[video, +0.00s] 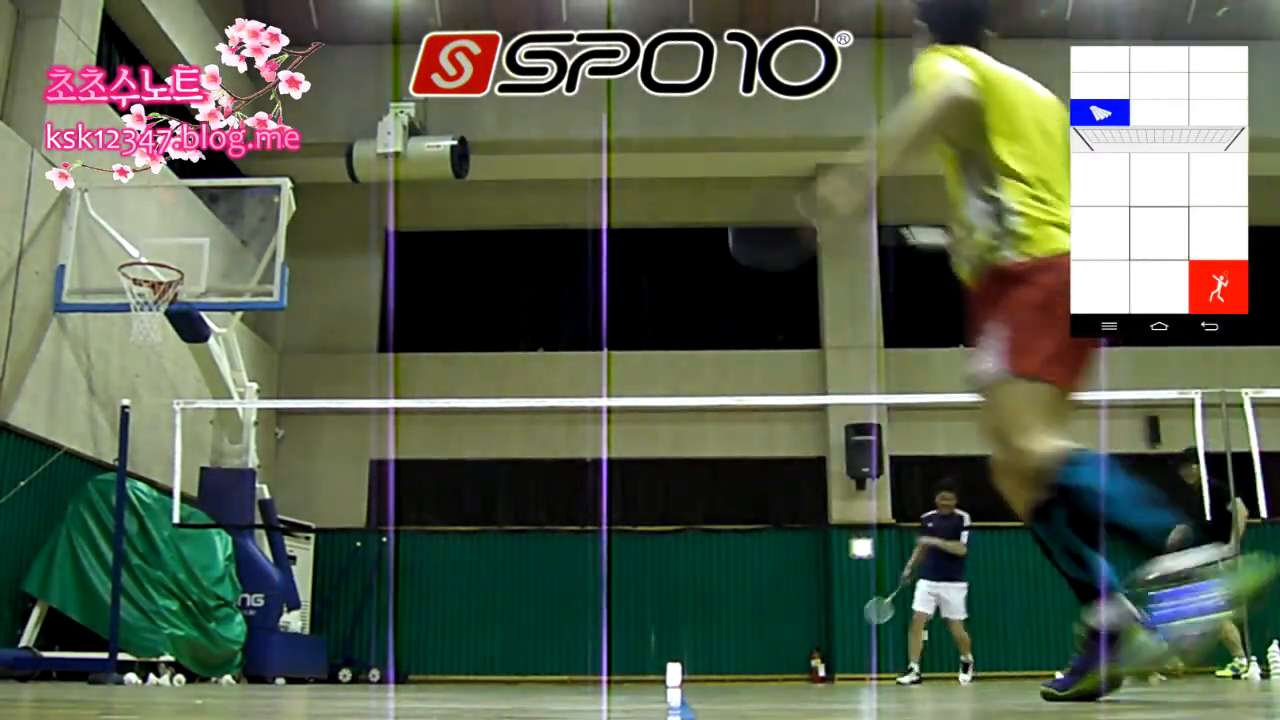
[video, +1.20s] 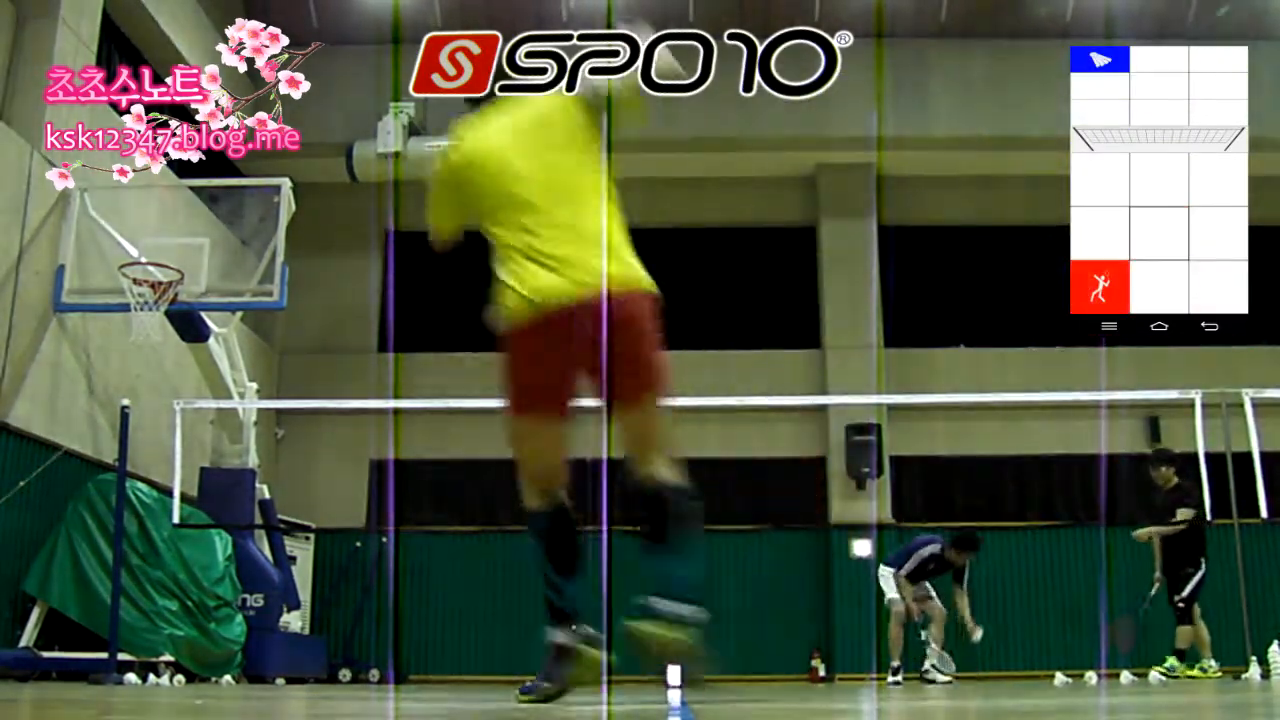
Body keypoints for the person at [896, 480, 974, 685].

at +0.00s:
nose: (945, 504)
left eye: (949, 500)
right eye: (941, 500)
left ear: (955, 501)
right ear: (935, 500)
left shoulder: (963, 519)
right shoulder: (927, 519)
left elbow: (961, 548)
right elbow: (922, 545)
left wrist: (933, 542)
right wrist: (909, 567)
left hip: (953, 583)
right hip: (928, 580)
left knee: (955, 627)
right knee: (917, 620)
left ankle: (967, 660)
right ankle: (913, 667)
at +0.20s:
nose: (932, 495)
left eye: (936, 492)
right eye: (930, 491)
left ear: (943, 491)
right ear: (926, 490)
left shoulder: (951, 514)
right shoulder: (913, 512)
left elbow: (959, 548)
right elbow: (900, 541)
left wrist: (949, 567)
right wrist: (893, 563)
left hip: (941, 578)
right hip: (915, 577)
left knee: (941, 620)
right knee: (911, 622)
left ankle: (937, 657)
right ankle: (914, 666)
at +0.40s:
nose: (944, 516)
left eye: (947, 512)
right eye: (940, 511)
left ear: (952, 511)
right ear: (931, 506)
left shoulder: (955, 527)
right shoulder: (911, 518)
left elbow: (960, 559)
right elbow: (895, 544)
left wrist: (959, 584)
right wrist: (898, 567)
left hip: (937, 581)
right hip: (911, 580)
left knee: (936, 616)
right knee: (912, 624)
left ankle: (939, 659)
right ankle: (910, 662)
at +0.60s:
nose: (953, 543)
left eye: (955, 539)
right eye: (951, 538)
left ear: (955, 538)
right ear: (940, 534)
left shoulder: (956, 550)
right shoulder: (914, 539)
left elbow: (960, 584)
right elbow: (897, 560)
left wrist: (961, 617)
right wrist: (906, 584)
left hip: (936, 587)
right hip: (910, 586)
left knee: (941, 615)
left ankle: (936, 665)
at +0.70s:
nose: (950, 563)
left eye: (953, 559)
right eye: (947, 558)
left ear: (956, 556)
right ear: (937, 551)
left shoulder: (956, 566)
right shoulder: (914, 550)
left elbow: (960, 597)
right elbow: (897, 571)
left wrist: (962, 632)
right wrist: (910, 594)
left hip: (933, 588)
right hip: (907, 586)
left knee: (945, 615)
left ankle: (935, 665)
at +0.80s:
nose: (948, 582)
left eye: (951, 579)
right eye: (946, 578)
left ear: (955, 576)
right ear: (936, 569)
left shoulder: (956, 580)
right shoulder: (913, 565)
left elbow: (959, 612)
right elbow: (895, 591)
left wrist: (963, 648)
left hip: (930, 595)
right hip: (907, 596)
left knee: (948, 618)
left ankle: (936, 659)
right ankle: (895, 664)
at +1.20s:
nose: (966, 561)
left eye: (968, 558)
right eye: (965, 557)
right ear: (955, 552)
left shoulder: (961, 561)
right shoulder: (930, 550)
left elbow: (960, 591)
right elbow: (901, 575)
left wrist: (968, 621)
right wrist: (910, 603)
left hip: (916, 579)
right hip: (891, 572)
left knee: (939, 613)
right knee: (898, 610)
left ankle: (930, 666)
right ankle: (895, 666)